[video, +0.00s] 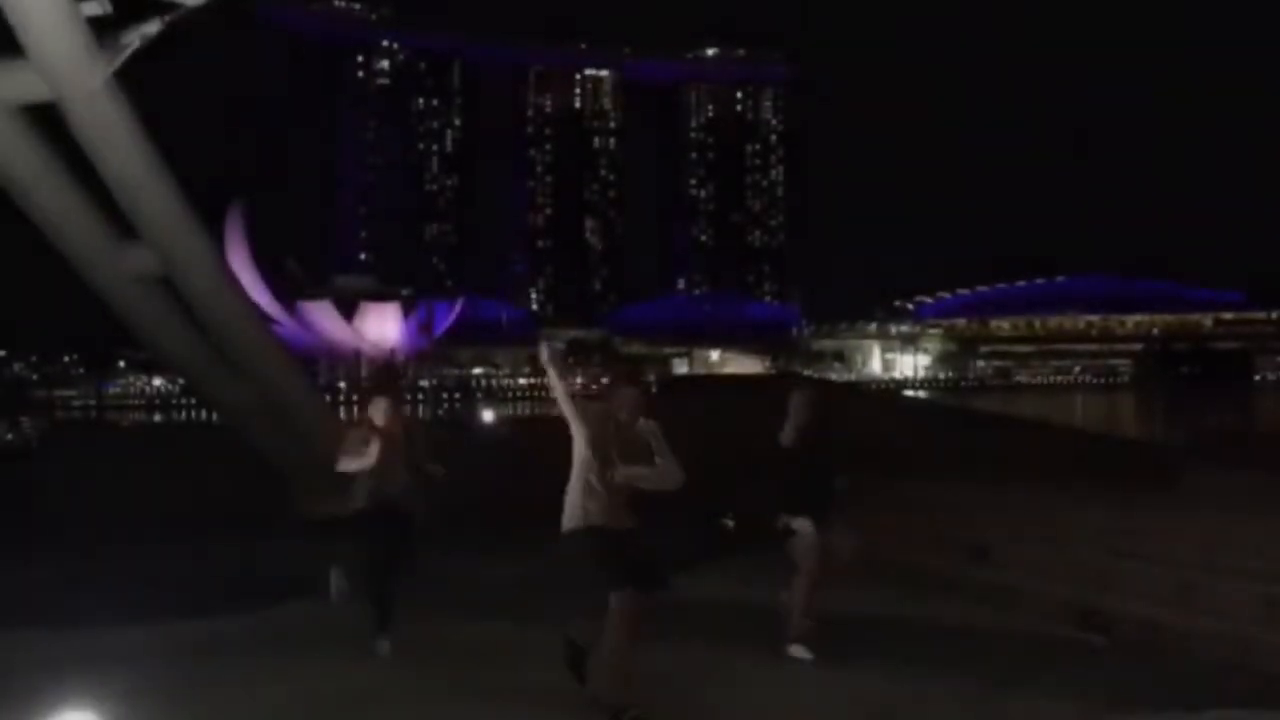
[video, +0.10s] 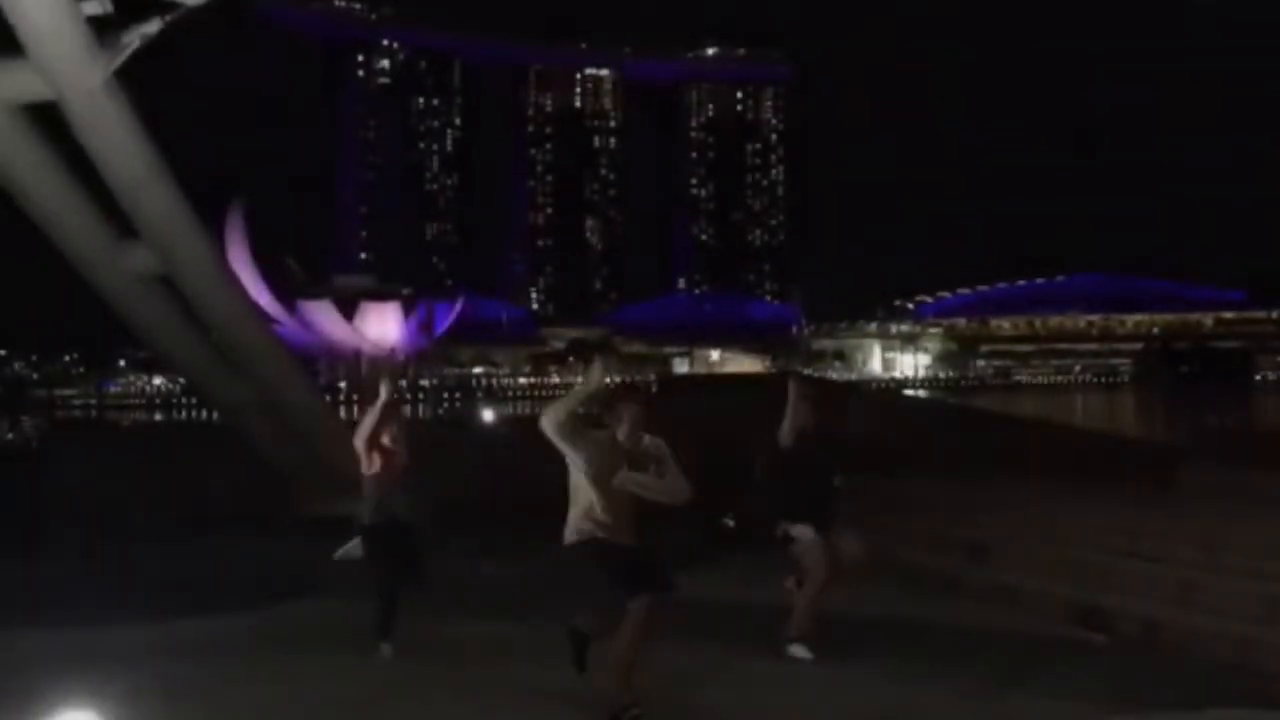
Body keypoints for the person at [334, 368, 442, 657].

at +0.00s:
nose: (382, 414)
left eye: (388, 408)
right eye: (377, 408)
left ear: (395, 409)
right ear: (368, 408)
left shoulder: (405, 434)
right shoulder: (359, 434)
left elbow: (418, 467)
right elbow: (344, 464)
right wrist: (370, 454)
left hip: (399, 508)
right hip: (367, 508)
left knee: (392, 570)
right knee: (375, 570)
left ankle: (386, 629)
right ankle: (381, 630)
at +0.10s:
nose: (393, 434)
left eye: (396, 429)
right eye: (388, 429)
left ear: (399, 432)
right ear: (378, 432)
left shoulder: (400, 458)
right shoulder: (371, 457)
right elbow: (362, 437)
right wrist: (381, 402)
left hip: (400, 523)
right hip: (376, 524)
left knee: (396, 583)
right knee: (385, 585)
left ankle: (388, 638)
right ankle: (383, 640)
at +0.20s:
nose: (400, 442)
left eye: (402, 436)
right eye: (395, 436)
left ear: (404, 440)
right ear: (386, 438)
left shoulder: (403, 464)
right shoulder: (378, 463)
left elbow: (402, 429)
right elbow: (380, 425)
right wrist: (390, 390)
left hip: (404, 526)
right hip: (380, 528)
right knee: (389, 586)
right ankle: (384, 638)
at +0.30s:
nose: (400, 424)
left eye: (404, 419)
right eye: (395, 418)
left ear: (408, 421)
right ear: (386, 421)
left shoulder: (411, 448)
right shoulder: (379, 447)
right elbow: (394, 440)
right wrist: (412, 415)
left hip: (410, 517)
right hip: (384, 518)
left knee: (408, 578)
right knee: (387, 580)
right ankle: (383, 635)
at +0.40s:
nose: (405, 413)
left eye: (409, 407)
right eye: (399, 408)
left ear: (416, 410)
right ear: (390, 411)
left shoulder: (424, 436)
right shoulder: (383, 436)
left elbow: (431, 467)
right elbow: (388, 468)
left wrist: (426, 488)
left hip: (418, 510)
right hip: (387, 510)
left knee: (425, 570)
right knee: (387, 572)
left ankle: (426, 627)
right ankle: (382, 633)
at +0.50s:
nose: (417, 416)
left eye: (421, 410)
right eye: (410, 410)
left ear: (428, 413)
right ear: (400, 414)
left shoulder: (434, 443)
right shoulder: (392, 443)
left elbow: (441, 485)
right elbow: (374, 486)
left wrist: (459, 498)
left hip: (425, 520)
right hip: (394, 520)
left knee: (427, 575)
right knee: (389, 578)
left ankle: (428, 629)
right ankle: (382, 634)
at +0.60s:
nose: (419, 422)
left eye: (423, 416)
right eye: (413, 416)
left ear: (430, 418)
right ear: (405, 420)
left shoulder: (438, 448)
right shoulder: (394, 447)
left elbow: (459, 480)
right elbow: (356, 461)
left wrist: (454, 446)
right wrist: (345, 502)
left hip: (427, 519)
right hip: (393, 520)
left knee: (428, 574)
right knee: (390, 574)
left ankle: (429, 627)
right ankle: (383, 632)